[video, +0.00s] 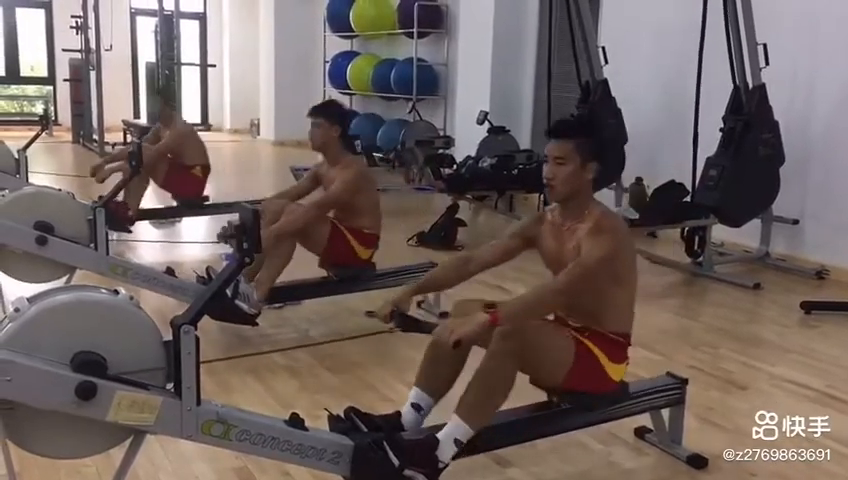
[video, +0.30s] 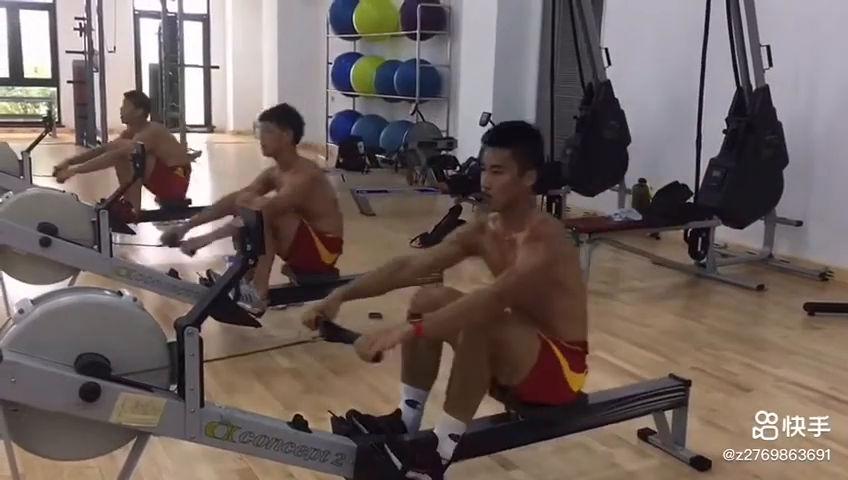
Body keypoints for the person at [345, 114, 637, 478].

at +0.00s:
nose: (547, 172)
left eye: (560, 163)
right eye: (546, 161)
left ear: (590, 170)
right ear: (544, 163)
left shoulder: (607, 231)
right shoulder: (542, 222)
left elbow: (557, 292)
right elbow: (472, 261)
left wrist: (485, 322)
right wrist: (411, 292)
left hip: (601, 356)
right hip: (560, 336)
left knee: (510, 335)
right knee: (465, 313)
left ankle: (439, 452)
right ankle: (407, 423)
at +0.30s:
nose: (485, 181)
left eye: (498, 172)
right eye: (484, 170)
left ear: (530, 178)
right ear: (483, 170)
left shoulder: (545, 241)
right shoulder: (484, 230)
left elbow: (491, 302)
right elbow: (409, 267)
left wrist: (405, 330)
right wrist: (337, 297)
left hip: (559, 373)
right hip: (514, 360)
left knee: (480, 323)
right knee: (428, 299)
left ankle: (439, 452)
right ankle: (408, 425)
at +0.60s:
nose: (413, 196)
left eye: (425, 187)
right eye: (411, 185)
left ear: (459, 194)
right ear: (410, 185)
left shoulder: (471, 254)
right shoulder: (411, 245)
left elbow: (403, 314)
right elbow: (330, 280)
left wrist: (310, 347)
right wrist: (249, 312)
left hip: (521, 384)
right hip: (473, 372)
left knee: (448, 320)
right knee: (394, 293)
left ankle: (442, 443)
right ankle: (408, 418)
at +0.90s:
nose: (452, 187)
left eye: (465, 177)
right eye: (451, 176)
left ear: (497, 187)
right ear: (449, 179)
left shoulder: (513, 246)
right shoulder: (453, 236)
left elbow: (456, 308)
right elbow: (377, 275)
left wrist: (367, 330)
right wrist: (310, 293)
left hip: (547, 373)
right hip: (498, 364)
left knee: (468, 319)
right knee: (420, 295)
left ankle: (443, 450)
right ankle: (409, 423)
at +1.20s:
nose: (586, 166)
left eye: (600, 157)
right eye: (584, 155)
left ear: (627, 166)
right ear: (578, 158)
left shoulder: (637, 226)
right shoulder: (571, 219)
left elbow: (581, 287)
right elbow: (498, 259)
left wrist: (516, 302)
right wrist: (446, 269)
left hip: (623, 349)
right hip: (584, 329)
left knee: (535, 346)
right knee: (484, 322)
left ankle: (443, 452)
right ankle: (412, 423)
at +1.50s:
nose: (689, 189)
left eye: (701, 183)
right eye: (689, 180)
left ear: (727, 193)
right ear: (687, 183)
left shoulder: (733, 241)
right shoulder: (660, 227)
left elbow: (706, 288)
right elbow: (615, 268)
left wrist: (657, 276)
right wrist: (573, 263)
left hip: (654, 344)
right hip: (614, 321)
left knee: (561, 376)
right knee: (523, 357)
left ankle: (442, 450)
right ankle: (407, 424)